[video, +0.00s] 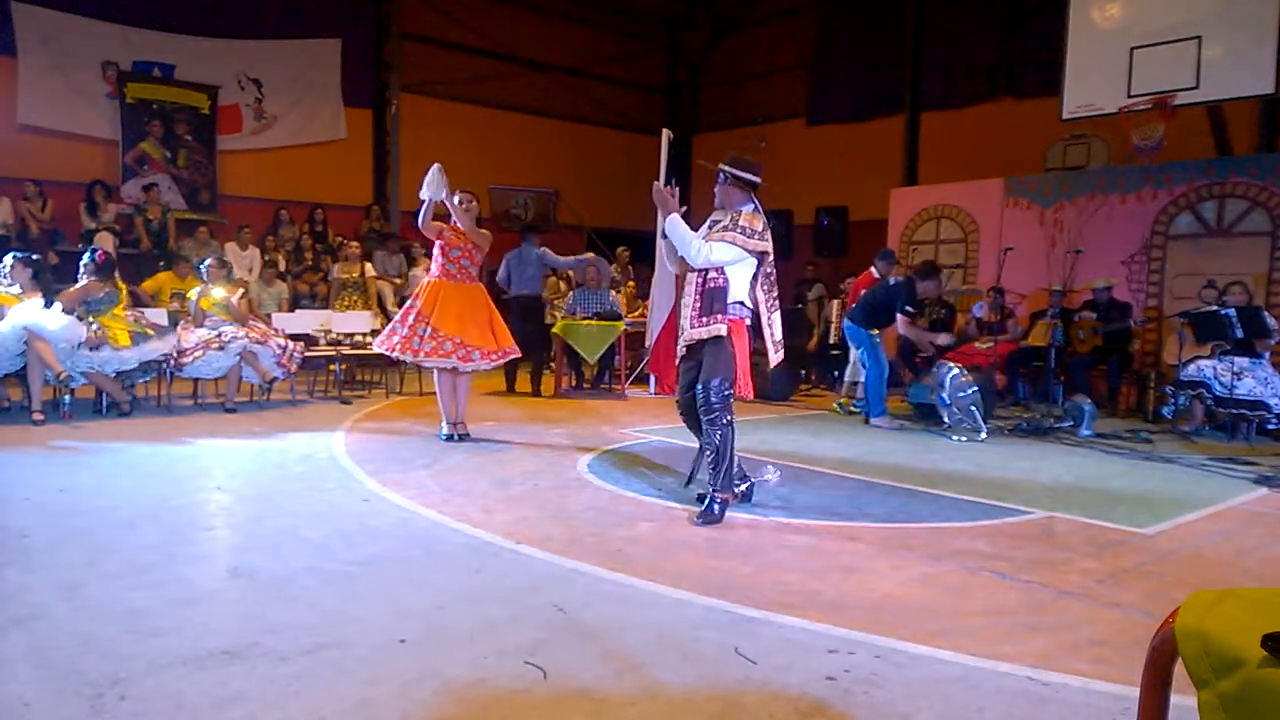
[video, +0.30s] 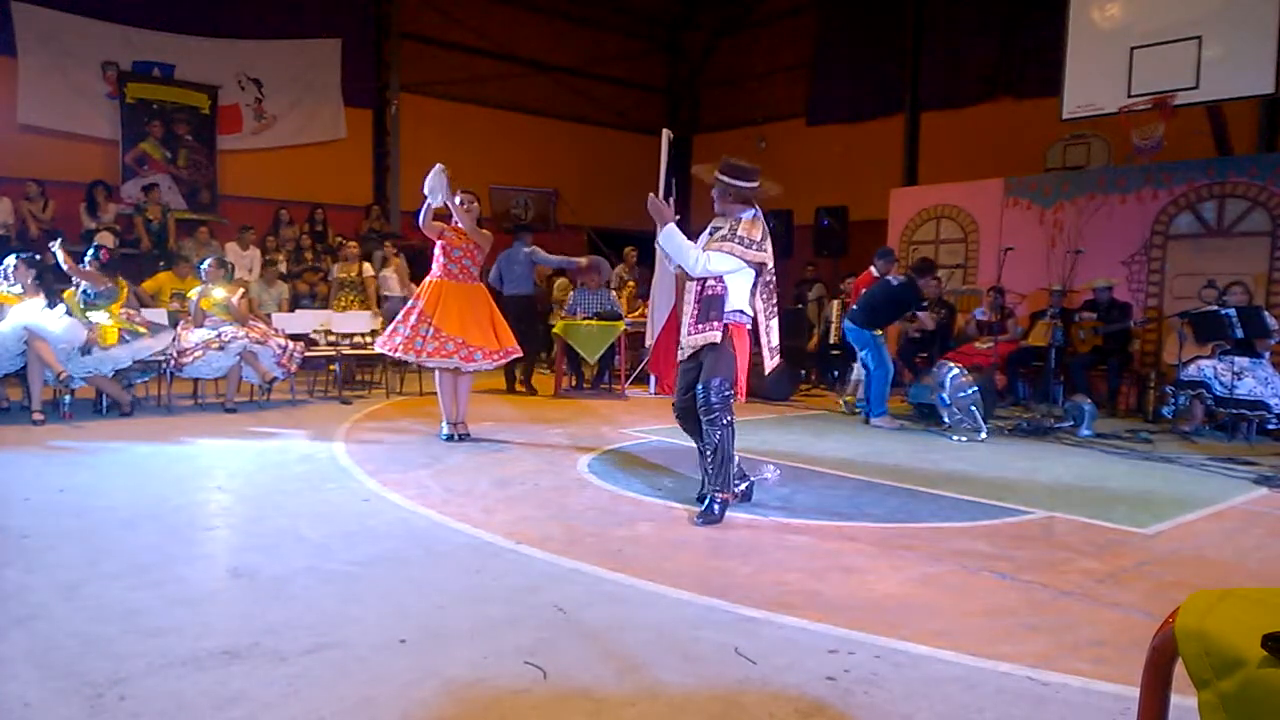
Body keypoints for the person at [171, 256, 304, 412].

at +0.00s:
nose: (209, 271)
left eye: (213, 268)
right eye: (207, 268)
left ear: (225, 271)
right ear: (204, 271)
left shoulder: (237, 291)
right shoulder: (199, 293)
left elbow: (244, 320)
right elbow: (198, 323)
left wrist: (230, 304)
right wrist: (198, 301)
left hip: (232, 326)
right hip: (209, 328)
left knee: (236, 356)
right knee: (238, 342)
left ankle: (229, 399)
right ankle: (264, 374)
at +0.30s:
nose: (205, 271)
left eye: (210, 268)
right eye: (204, 268)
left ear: (223, 271)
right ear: (202, 272)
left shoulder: (237, 291)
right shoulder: (198, 293)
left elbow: (244, 320)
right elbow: (198, 323)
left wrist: (231, 304)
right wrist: (199, 299)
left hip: (232, 327)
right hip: (208, 328)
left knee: (237, 355)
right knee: (237, 340)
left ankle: (229, 399)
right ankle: (264, 374)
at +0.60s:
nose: (205, 271)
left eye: (209, 268)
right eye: (204, 268)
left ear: (222, 271)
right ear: (202, 272)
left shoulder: (237, 291)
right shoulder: (197, 293)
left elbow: (244, 320)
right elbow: (197, 323)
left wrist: (230, 304)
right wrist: (199, 298)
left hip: (232, 327)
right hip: (208, 329)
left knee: (236, 355)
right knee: (237, 341)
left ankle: (229, 400)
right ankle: (264, 374)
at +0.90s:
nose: (205, 272)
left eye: (209, 268)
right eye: (204, 269)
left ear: (222, 271)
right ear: (202, 272)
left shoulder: (237, 290)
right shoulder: (198, 292)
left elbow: (244, 320)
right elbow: (197, 323)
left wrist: (230, 303)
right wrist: (199, 298)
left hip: (232, 327)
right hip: (207, 328)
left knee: (236, 355)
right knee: (237, 341)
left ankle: (229, 399)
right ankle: (264, 374)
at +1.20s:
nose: (205, 273)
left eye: (210, 269)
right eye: (204, 269)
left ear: (222, 272)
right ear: (202, 272)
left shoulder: (237, 291)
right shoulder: (198, 292)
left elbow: (244, 320)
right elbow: (197, 323)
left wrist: (230, 303)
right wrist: (199, 299)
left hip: (232, 328)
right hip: (207, 329)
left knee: (236, 355)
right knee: (237, 341)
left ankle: (229, 399)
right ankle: (264, 374)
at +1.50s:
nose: (209, 271)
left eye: (214, 268)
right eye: (207, 268)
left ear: (225, 272)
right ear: (204, 272)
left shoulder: (237, 290)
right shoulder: (199, 292)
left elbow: (244, 320)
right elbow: (197, 323)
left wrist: (231, 304)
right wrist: (200, 301)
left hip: (233, 327)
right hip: (208, 328)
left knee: (236, 355)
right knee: (237, 340)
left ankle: (229, 400)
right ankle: (263, 374)